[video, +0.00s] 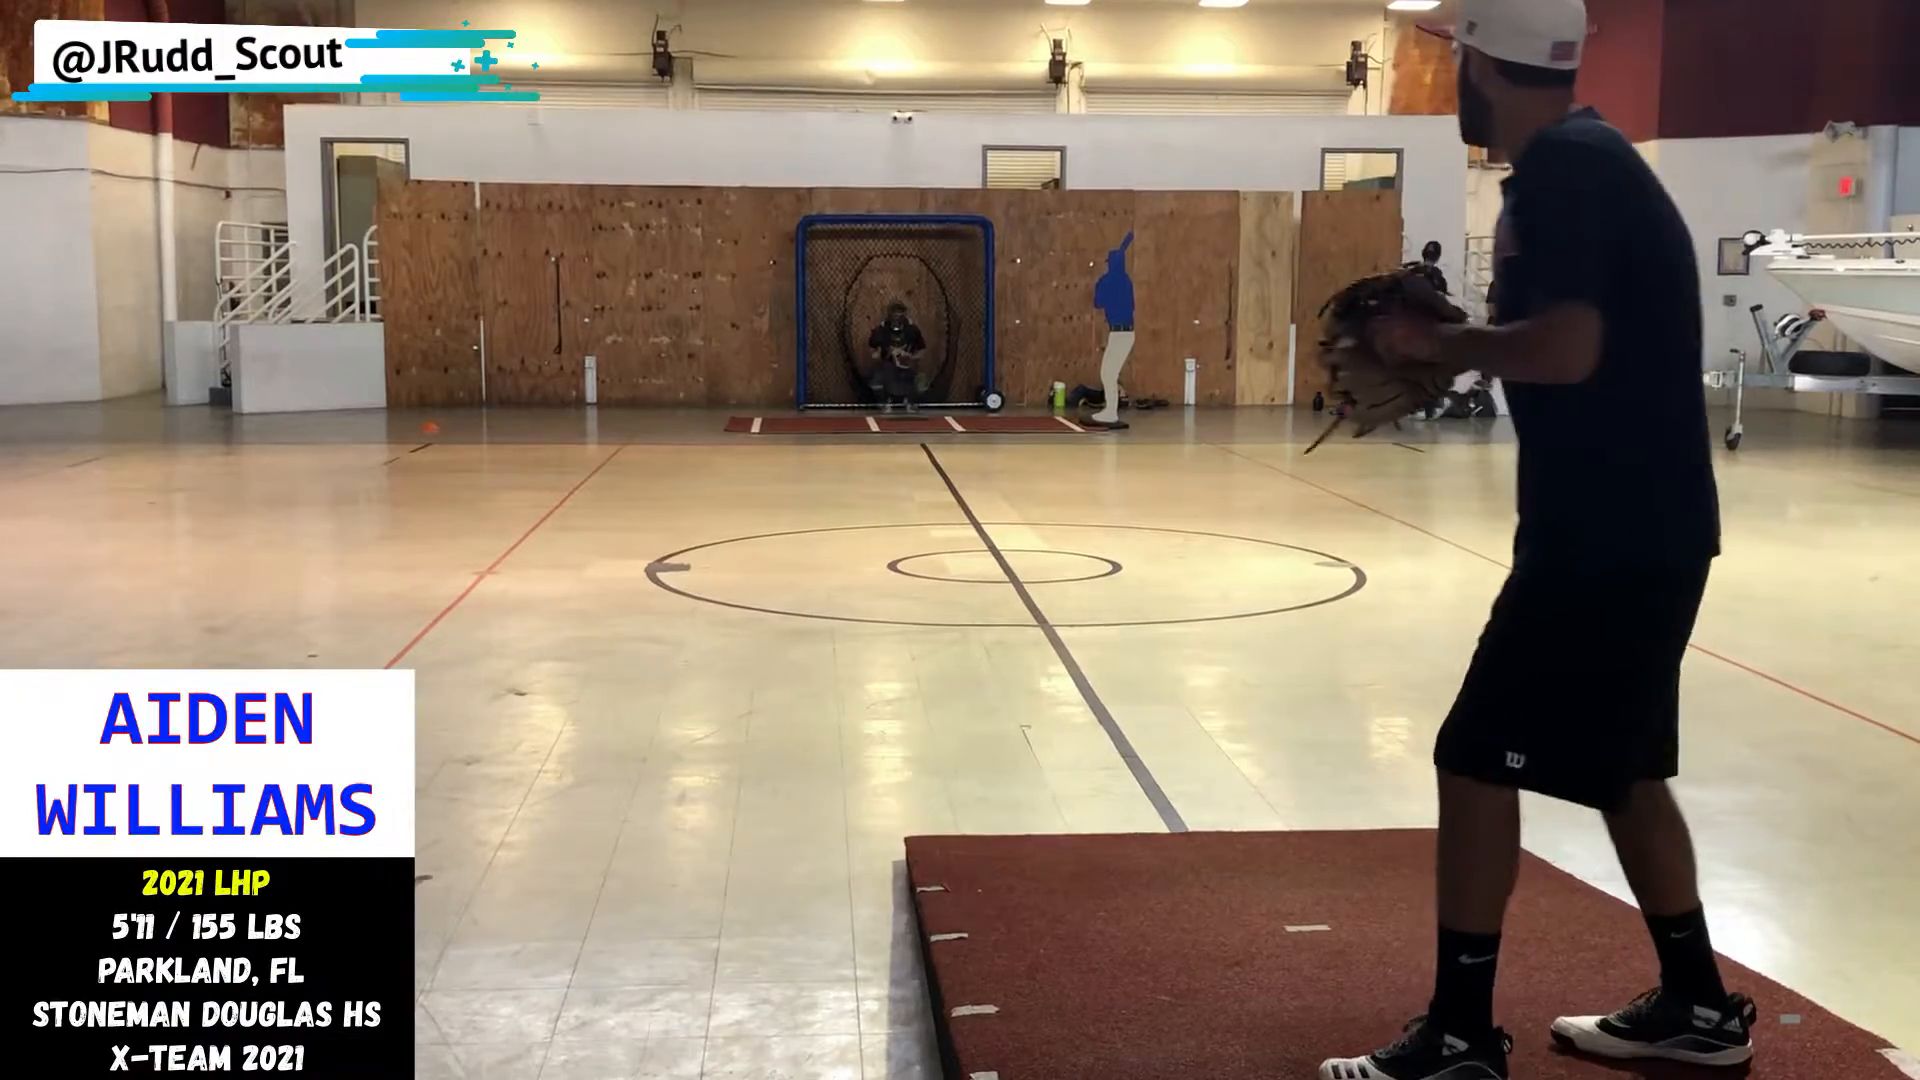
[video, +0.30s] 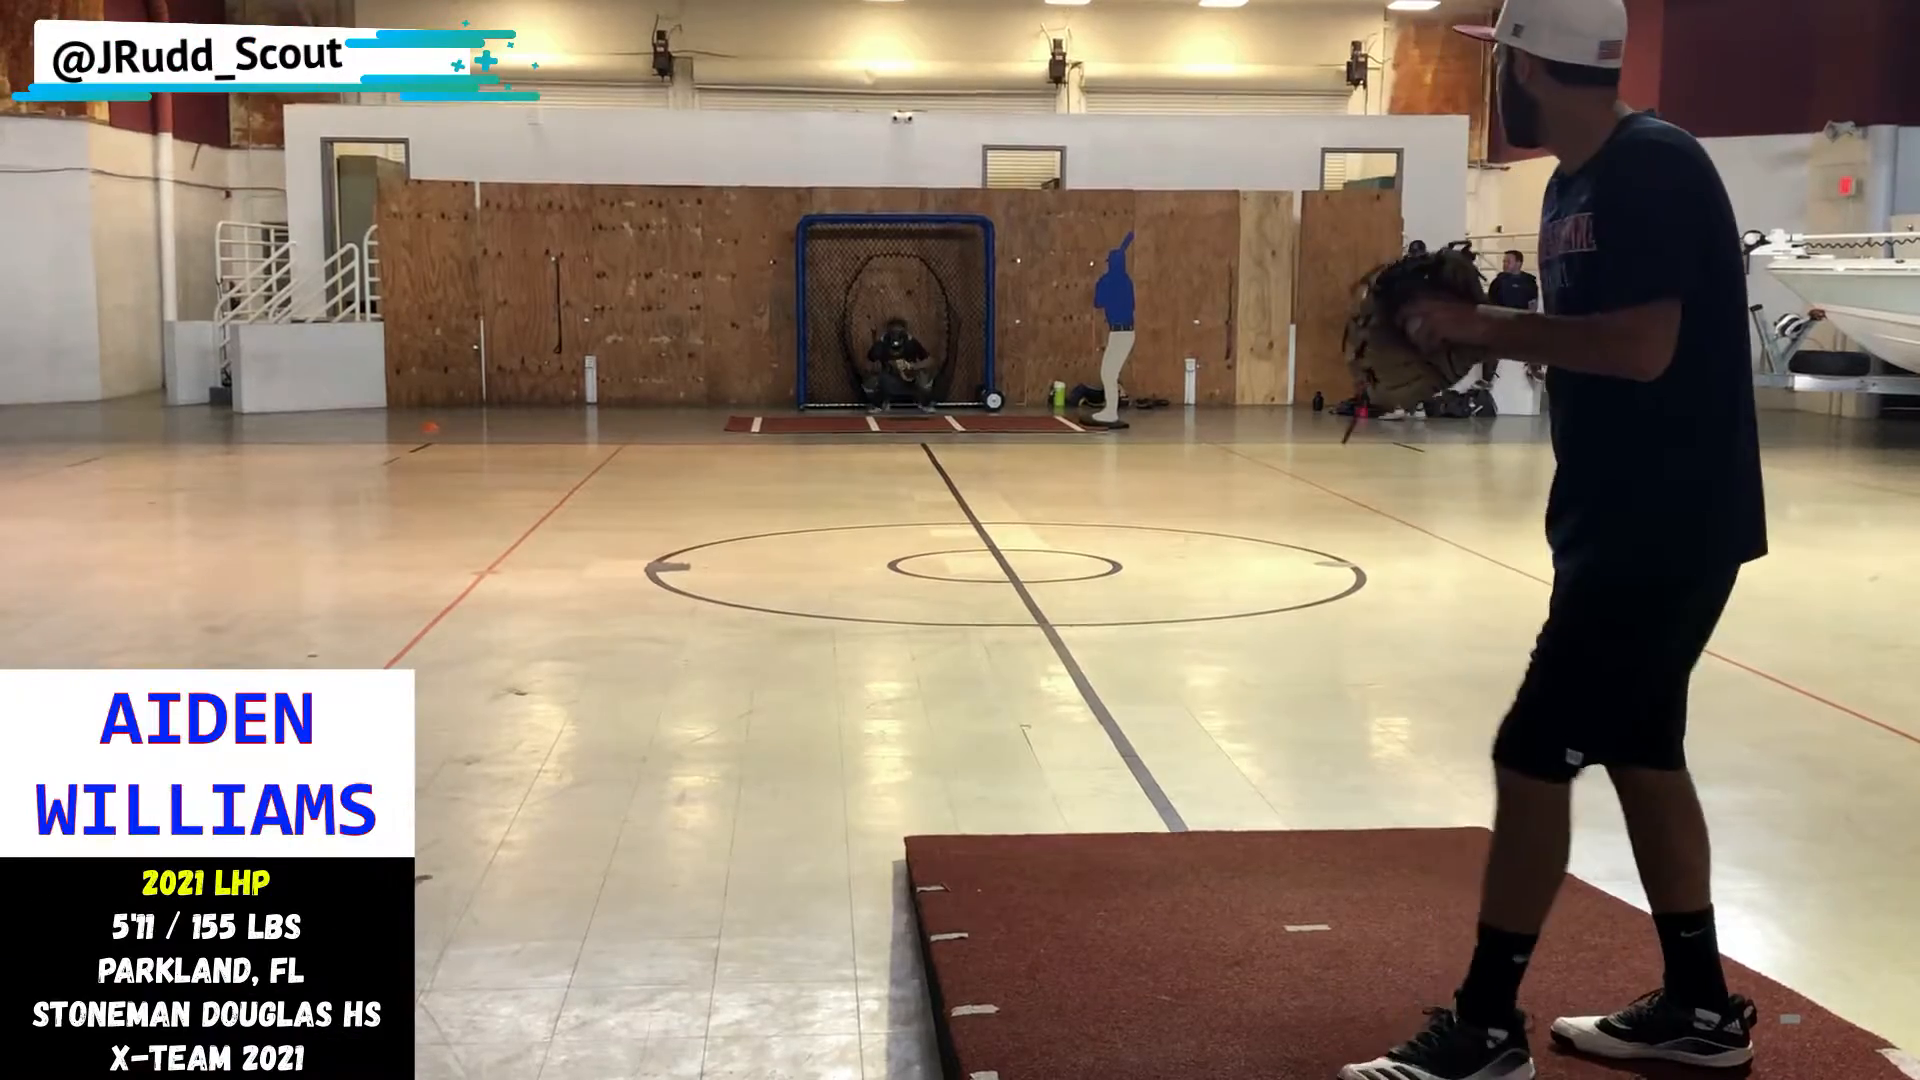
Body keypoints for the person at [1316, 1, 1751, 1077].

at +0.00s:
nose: (1456, 95)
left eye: (1457, 66)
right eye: (1456, 69)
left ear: (1483, 62)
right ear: (1559, 65)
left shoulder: (1560, 171)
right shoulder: (1601, 165)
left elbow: (1567, 347)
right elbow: (1582, 347)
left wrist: (1438, 343)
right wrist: (1453, 336)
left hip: (1590, 540)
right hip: (1652, 534)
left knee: (1473, 755)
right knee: (1628, 766)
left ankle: (1459, 1030)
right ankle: (1696, 1001)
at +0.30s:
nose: (1500, 86)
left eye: (1509, 62)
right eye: (1501, 64)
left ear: (1550, 66)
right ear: (1580, 66)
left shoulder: (1654, 169)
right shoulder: (1570, 189)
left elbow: (1645, 344)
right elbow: (1583, 336)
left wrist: (1490, 328)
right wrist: (1474, 319)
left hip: (1664, 533)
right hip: (1610, 529)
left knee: (1532, 754)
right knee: (1645, 756)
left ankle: (1485, 1021)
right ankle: (1698, 1002)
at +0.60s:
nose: (1487, 78)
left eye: (1492, 57)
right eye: (1491, 58)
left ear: (1516, 64)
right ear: (1570, 64)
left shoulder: (1650, 170)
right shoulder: (1543, 188)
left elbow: (1591, 339)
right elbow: (1535, 343)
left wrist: (1430, 276)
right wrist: (1422, 283)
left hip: (1648, 534)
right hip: (1595, 530)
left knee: (1503, 752)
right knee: (1652, 760)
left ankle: (1478, 1022)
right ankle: (1702, 1001)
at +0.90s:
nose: (1456, 77)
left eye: (1466, 55)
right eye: (1459, 54)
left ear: (1498, 62)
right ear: (1534, 63)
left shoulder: (1632, 170)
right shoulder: (1492, 184)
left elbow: (1563, 322)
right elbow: (1466, 351)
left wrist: (1407, 245)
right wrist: (1367, 277)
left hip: (1560, 533)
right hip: (1471, 514)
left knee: (1453, 766)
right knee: (1371, 733)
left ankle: (1477, 1031)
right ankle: (1535, 883)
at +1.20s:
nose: (1436, 79)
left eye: (1442, 56)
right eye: (1439, 59)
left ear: (1475, 58)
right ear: (1524, 60)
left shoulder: (1611, 171)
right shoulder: (1463, 183)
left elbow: (1542, 324)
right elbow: (1432, 345)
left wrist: (1385, 245)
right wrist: (1339, 273)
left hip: (1492, 517)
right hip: (1405, 472)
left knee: (1437, 768)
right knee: (1183, 445)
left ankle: (1476, 1028)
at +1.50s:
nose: (1375, 104)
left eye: (1384, 86)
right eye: (1377, 86)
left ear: (1418, 91)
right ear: (1453, 92)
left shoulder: (1547, 195)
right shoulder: (1402, 202)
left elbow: (1505, 351)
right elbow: (1375, 361)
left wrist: (1358, 280)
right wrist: (1289, 287)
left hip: (1436, 524)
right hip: (1353, 471)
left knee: (1380, 779)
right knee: (1184, 350)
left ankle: (1466, 1023)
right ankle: (1260, 588)